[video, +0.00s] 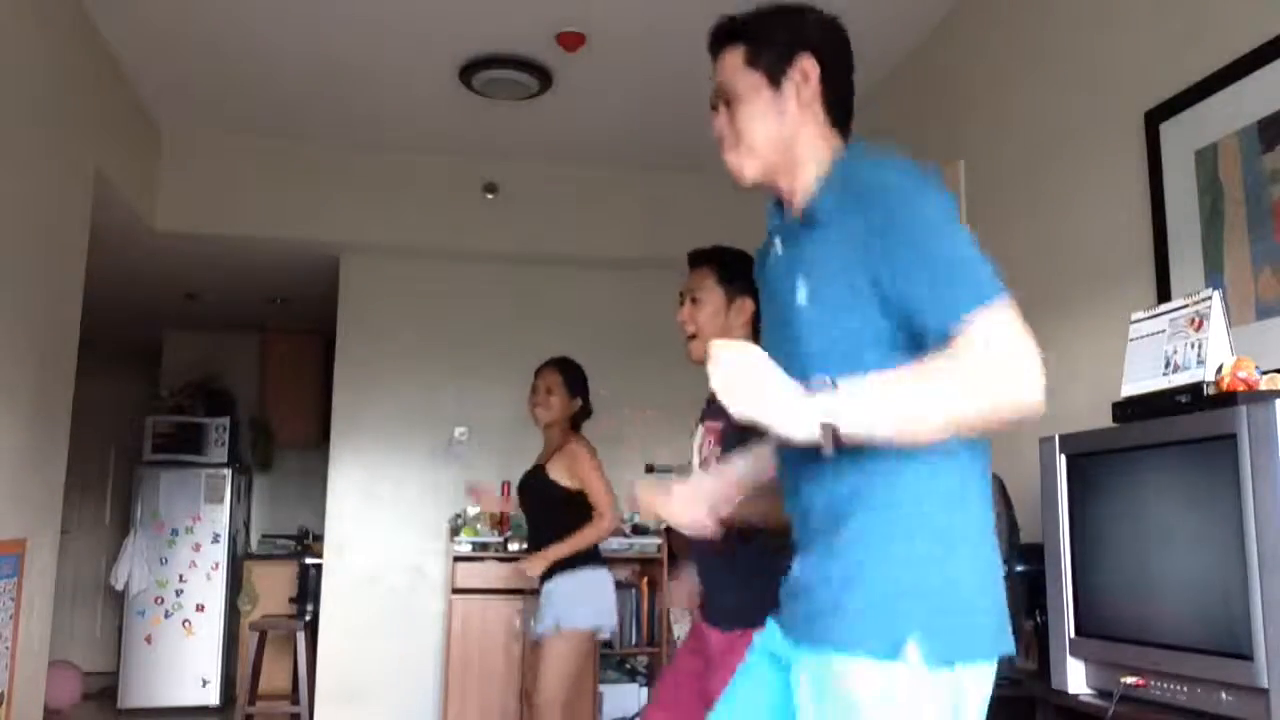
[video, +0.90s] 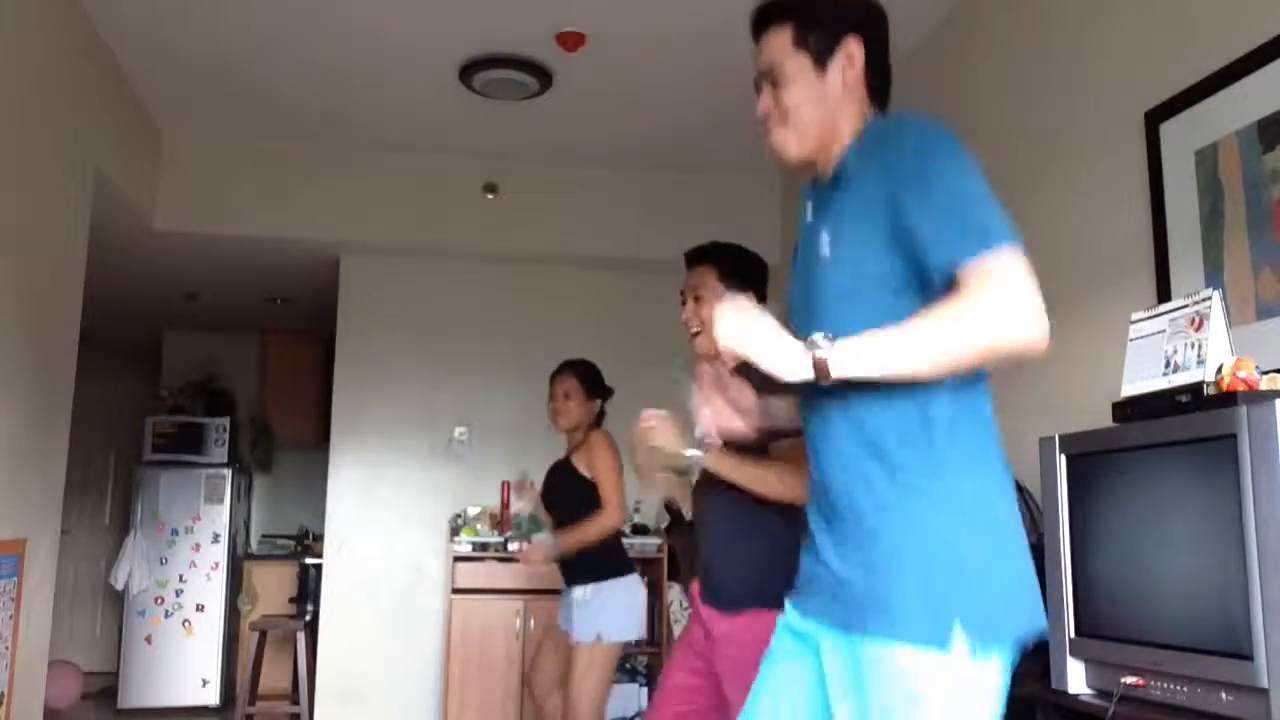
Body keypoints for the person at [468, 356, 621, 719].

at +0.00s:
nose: (538, 397)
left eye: (550, 391)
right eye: (535, 390)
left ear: (576, 403)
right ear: (530, 396)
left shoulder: (576, 449)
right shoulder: (550, 450)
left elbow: (608, 518)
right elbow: (554, 512)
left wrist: (545, 557)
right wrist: (501, 504)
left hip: (578, 584)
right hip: (557, 583)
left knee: (547, 704)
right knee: (550, 701)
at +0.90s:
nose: (558, 406)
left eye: (569, 396)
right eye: (553, 397)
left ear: (595, 405)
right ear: (549, 403)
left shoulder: (598, 442)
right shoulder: (573, 452)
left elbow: (614, 515)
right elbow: (565, 524)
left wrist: (556, 546)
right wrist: (535, 503)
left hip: (608, 589)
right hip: (579, 589)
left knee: (584, 709)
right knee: (542, 687)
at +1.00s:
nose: (564, 427)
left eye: (575, 418)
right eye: (560, 418)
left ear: (601, 427)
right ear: (555, 424)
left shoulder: (604, 473)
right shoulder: (580, 479)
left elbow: (622, 549)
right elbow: (590, 547)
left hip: (612, 614)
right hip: (594, 613)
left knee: (583, 712)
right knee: (540, 687)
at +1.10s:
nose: (563, 420)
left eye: (575, 411)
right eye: (560, 411)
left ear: (601, 422)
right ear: (555, 417)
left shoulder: (606, 466)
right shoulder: (583, 472)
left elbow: (620, 543)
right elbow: (592, 542)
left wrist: (559, 574)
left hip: (608, 612)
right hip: (586, 611)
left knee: (579, 712)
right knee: (546, 704)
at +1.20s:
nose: (562, 399)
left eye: (574, 390)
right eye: (559, 391)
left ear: (600, 397)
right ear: (555, 397)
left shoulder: (611, 442)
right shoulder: (583, 449)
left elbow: (606, 509)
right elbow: (582, 512)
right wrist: (524, 510)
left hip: (614, 592)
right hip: (580, 589)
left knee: (586, 706)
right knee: (559, 696)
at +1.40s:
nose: (569, 413)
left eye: (579, 402)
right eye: (565, 404)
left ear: (606, 407)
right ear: (561, 408)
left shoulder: (614, 458)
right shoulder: (589, 464)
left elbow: (611, 524)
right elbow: (595, 523)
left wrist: (551, 513)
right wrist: (551, 506)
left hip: (627, 604)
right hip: (590, 602)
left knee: (598, 711)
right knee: (545, 690)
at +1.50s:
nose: (571, 423)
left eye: (581, 413)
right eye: (568, 413)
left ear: (610, 421)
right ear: (565, 418)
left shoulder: (617, 473)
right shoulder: (588, 476)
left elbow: (628, 556)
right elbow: (592, 546)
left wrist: (559, 572)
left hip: (619, 613)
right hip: (592, 613)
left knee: (587, 713)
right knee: (546, 705)